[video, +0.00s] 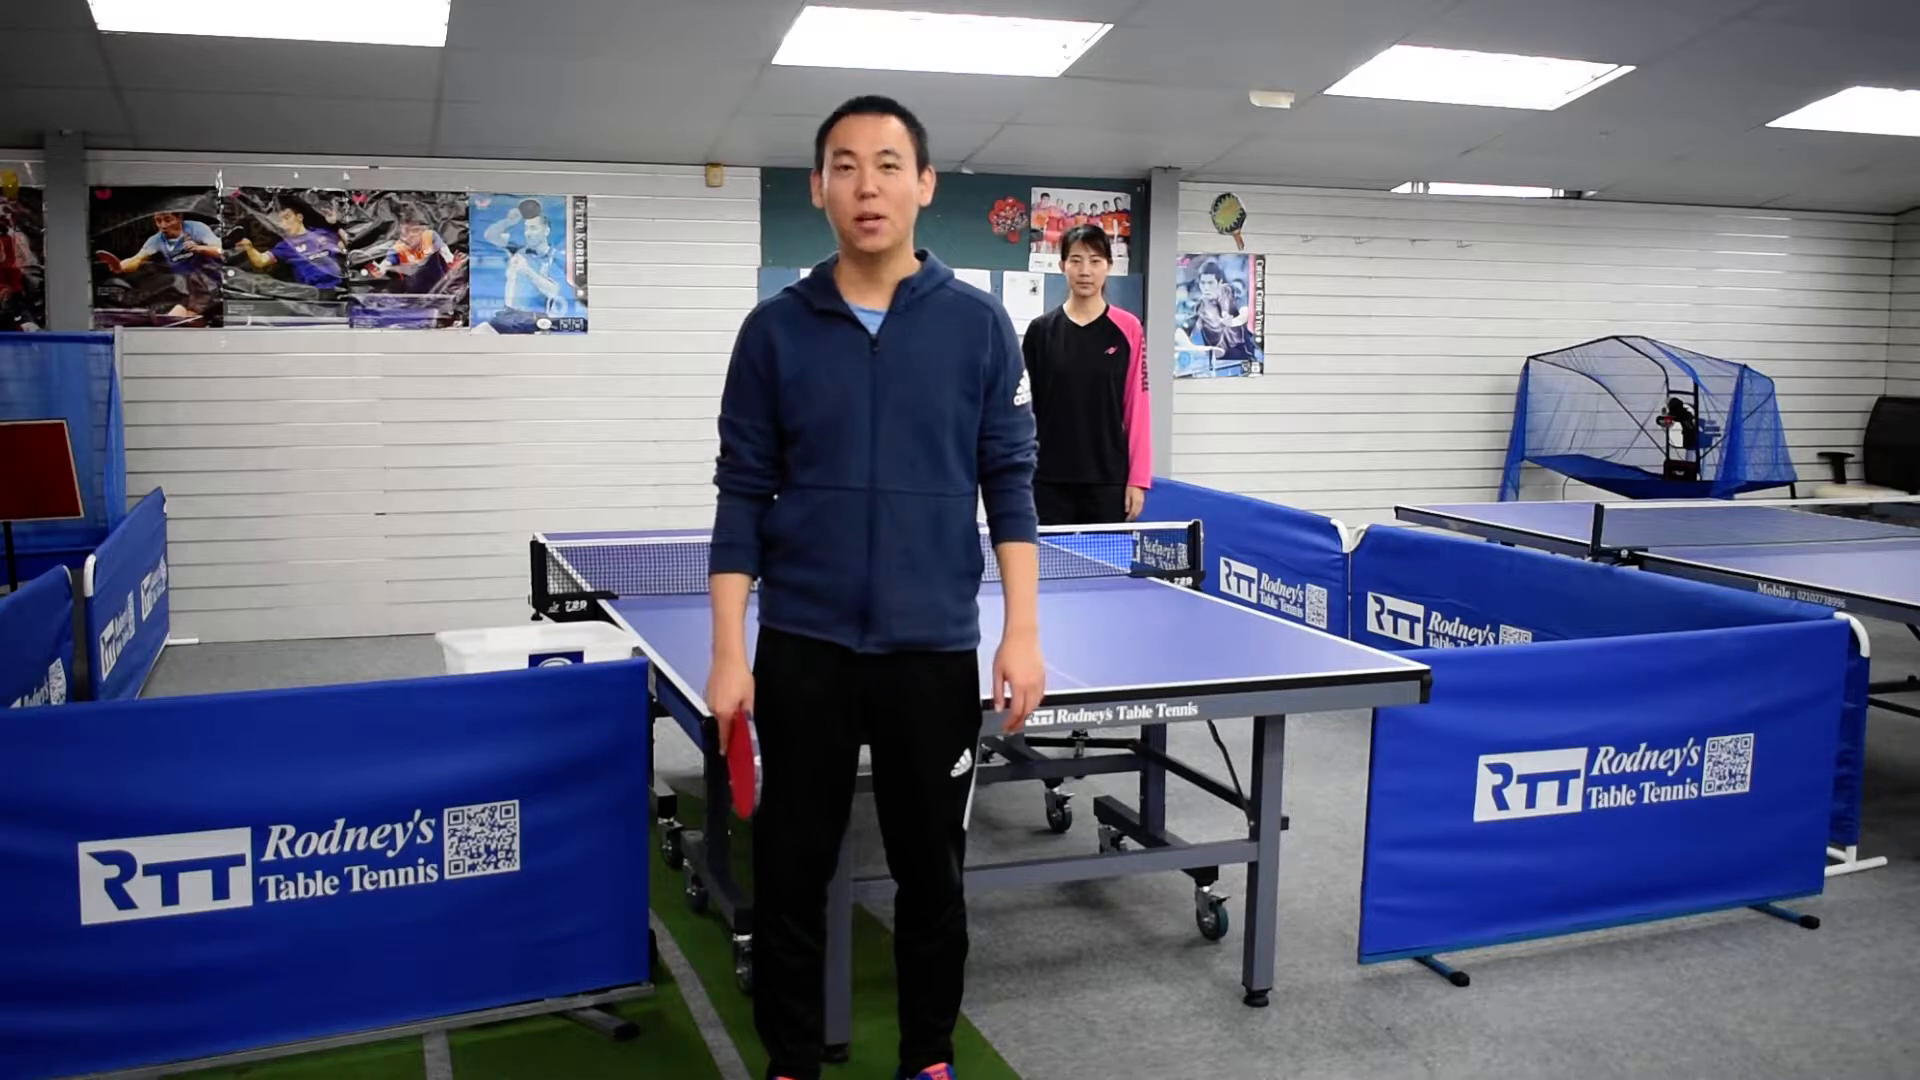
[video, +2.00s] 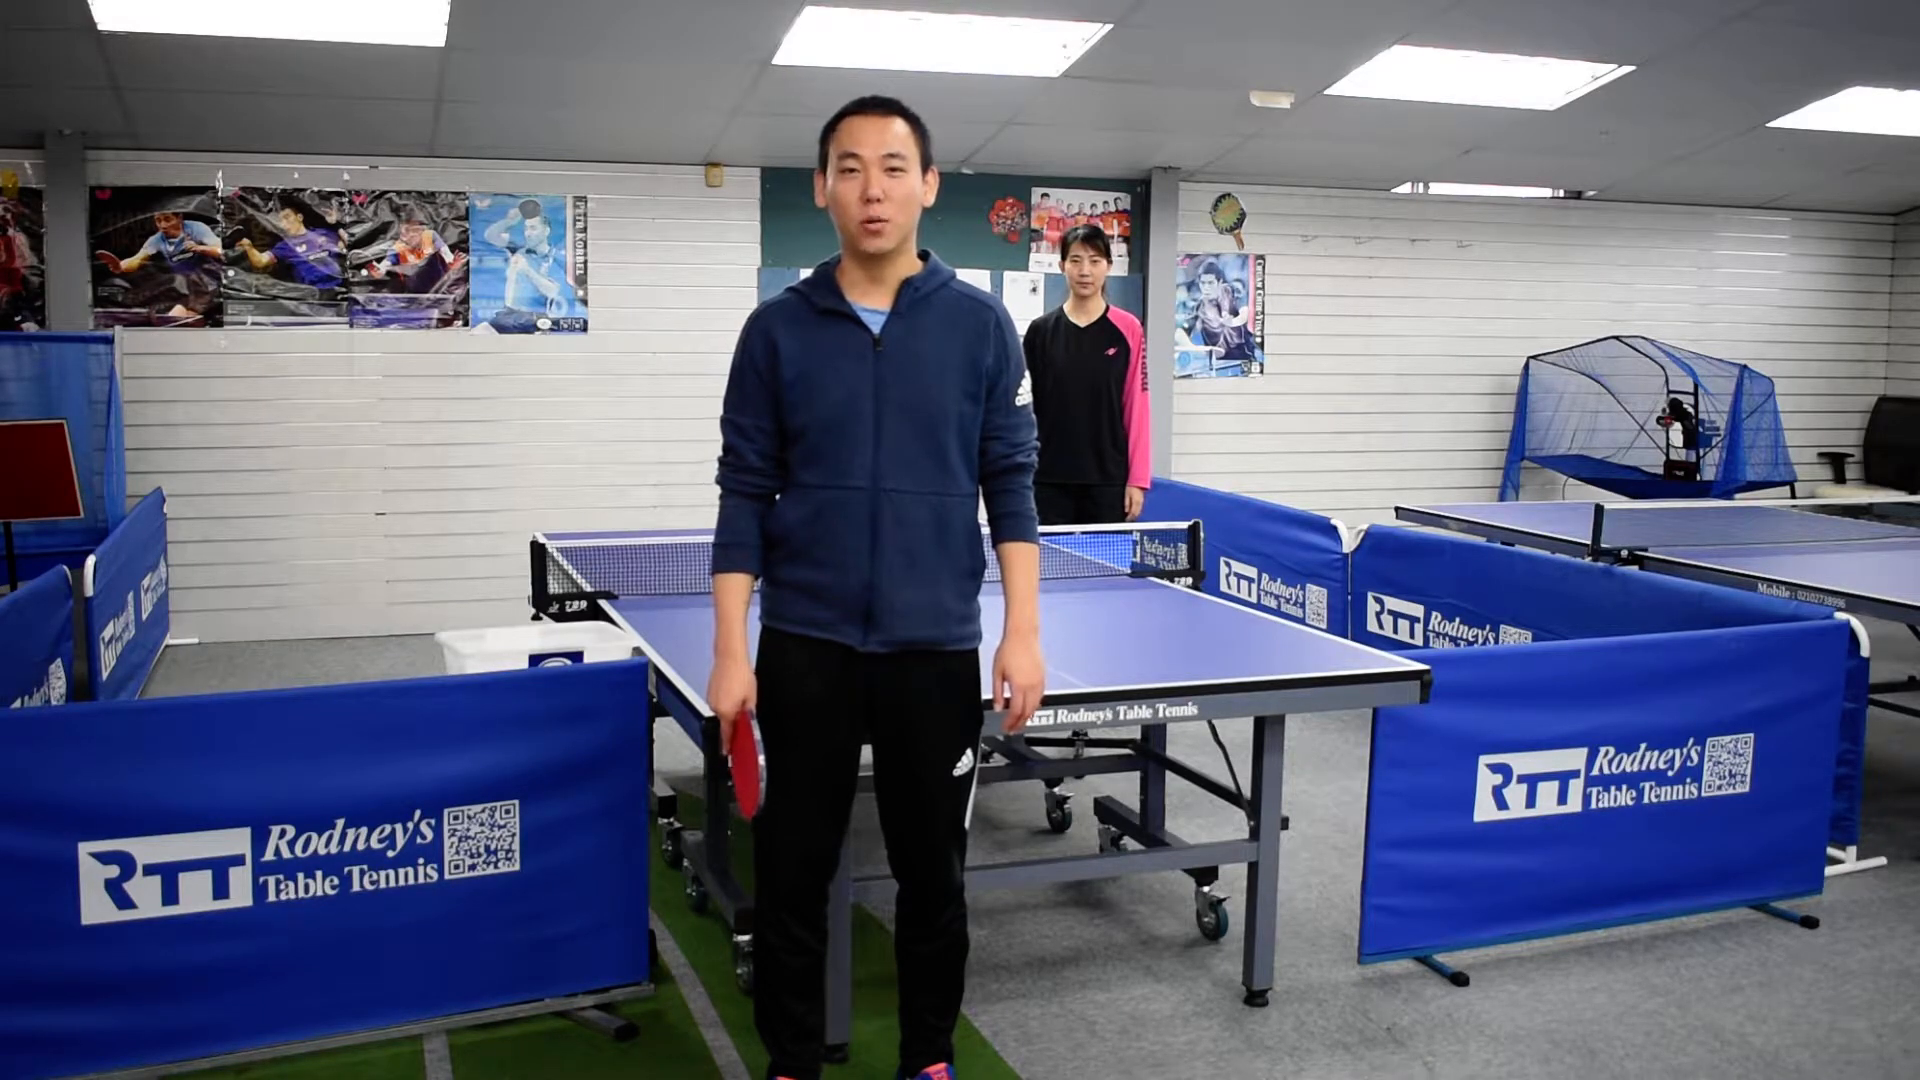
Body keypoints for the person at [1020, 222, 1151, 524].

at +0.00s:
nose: (1085, 271)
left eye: (1095, 262)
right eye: (1076, 261)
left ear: (1108, 267)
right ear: (1063, 266)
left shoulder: (1128, 329)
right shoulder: (1039, 331)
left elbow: (1137, 407)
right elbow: (1023, 405)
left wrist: (1138, 478)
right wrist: (1020, 477)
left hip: (1107, 482)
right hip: (1050, 480)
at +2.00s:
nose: (1085, 271)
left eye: (1095, 262)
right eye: (1075, 261)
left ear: (1108, 267)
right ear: (1063, 266)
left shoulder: (1128, 329)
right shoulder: (1040, 331)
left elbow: (1136, 407)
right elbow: (1023, 405)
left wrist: (1138, 479)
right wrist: (1021, 476)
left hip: (1107, 482)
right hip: (1049, 480)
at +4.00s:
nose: (1086, 271)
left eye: (1096, 262)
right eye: (1076, 261)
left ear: (1109, 268)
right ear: (1064, 267)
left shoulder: (1129, 329)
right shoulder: (1039, 332)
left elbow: (1137, 407)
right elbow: (1026, 407)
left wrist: (1138, 479)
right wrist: (1027, 479)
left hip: (1109, 482)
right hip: (1053, 481)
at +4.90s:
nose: (1086, 272)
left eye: (1096, 262)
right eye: (1076, 261)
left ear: (1109, 268)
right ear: (1064, 266)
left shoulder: (1129, 329)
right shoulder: (1040, 331)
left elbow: (1137, 407)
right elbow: (1023, 405)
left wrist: (1138, 479)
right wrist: (1021, 477)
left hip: (1108, 483)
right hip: (1050, 481)